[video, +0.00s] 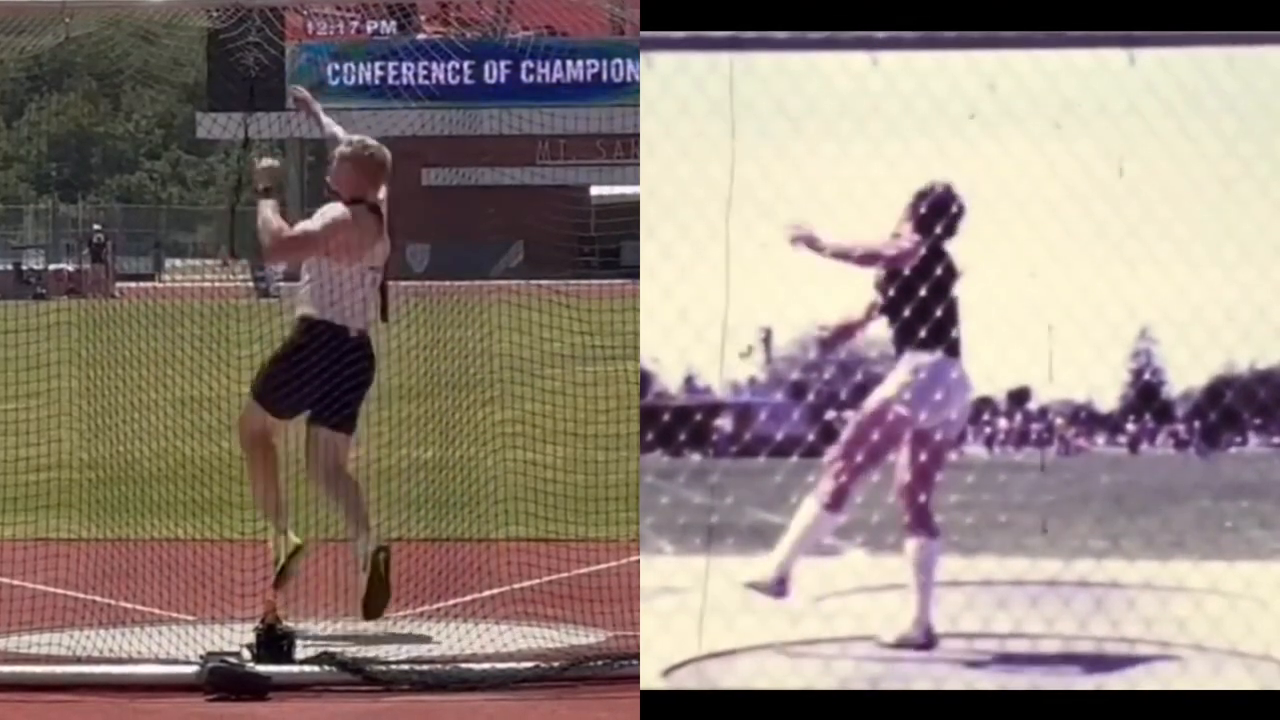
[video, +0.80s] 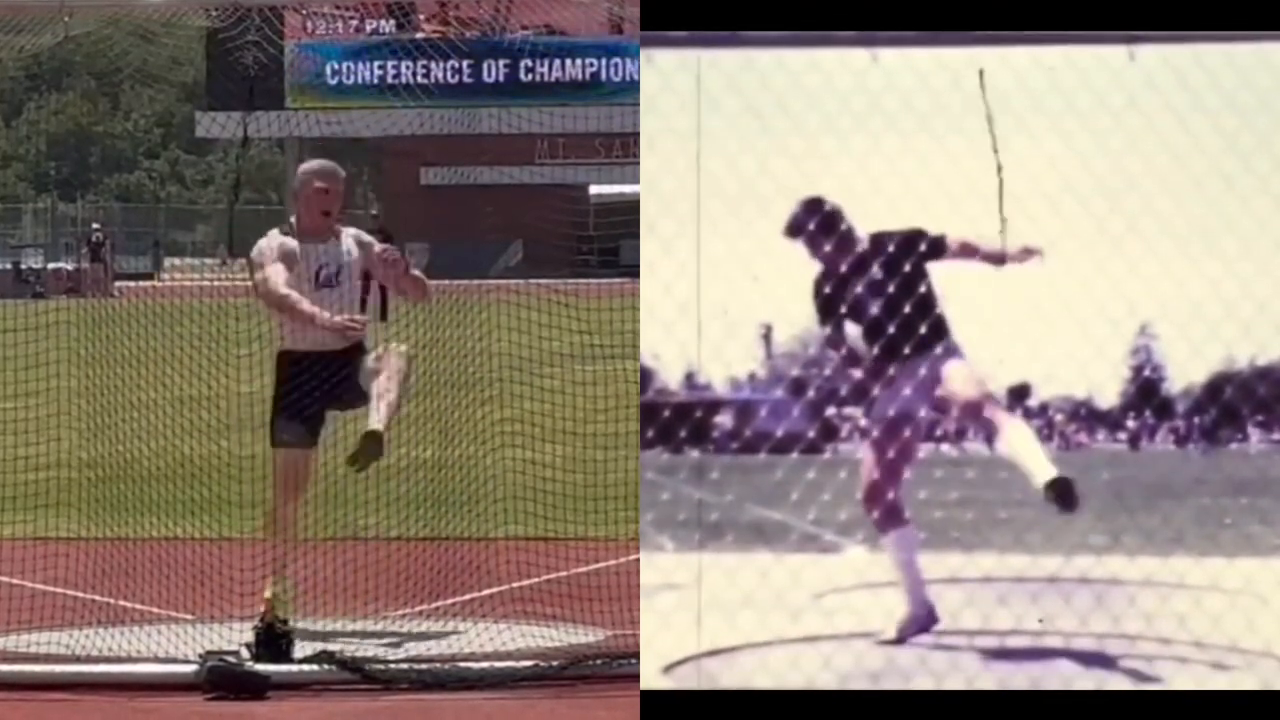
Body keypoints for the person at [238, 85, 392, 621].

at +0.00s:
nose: (331, 170)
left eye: (338, 164)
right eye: (334, 164)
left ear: (356, 176)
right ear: (373, 180)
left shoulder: (340, 218)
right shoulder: (375, 217)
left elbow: (276, 244)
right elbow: (352, 151)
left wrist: (266, 193)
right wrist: (316, 114)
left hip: (317, 340)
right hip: (356, 346)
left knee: (254, 430)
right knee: (328, 461)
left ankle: (281, 535)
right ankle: (368, 547)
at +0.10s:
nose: (334, 169)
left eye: (342, 162)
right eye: (336, 162)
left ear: (366, 170)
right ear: (358, 170)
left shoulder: (369, 213)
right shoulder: (339, 201)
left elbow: (310, 243)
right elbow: (279, 168)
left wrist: (290, 200)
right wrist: (209, 145)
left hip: (333, 337)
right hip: (354, 346)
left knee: (244, 411)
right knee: (314, 462)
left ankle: (272, 520)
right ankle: (370, 559)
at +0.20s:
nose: (330, 170)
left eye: (340, 163)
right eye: (331, 162)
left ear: (364, 173)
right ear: (335, 169)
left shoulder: (375, 211)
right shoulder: (319, 205)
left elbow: (342, 243)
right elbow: (242, 206)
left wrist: (311, 202)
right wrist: (178, 207)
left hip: (348, 339)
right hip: (338, 341)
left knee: (247, 395)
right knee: (305, 462)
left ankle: (266, 513)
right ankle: (359, 568)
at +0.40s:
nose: (321, 174)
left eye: (333, 167)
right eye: (321, 164)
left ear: (359, 177)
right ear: (318, 167)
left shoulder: (375, 214)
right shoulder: (296, 211)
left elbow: (387, 262)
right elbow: (238, 238)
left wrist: (336, 223)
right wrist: (197, 261)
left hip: (360, 337)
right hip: (323, 340)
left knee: (268, 381)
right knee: (302, 465)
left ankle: (273, 505)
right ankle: (337, 576)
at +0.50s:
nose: (322, 175)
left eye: (333, 170)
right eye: (318, 166)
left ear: (353, 180)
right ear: (307, 172)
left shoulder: (371, 220)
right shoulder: (284, 224)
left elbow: (409, 268)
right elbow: (246, 260)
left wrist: (358, 234)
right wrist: (243, 289)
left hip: (361, 337)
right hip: (308, 343)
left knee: (312, 365)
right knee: (306, 469)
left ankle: (285, 484)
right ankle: (307, 579)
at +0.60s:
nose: (323, 196)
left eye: (332, 189)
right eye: (316, 185)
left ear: (344, 192)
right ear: (301, 184)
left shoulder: (365, 232)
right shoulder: (275, 236)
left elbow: (421, 282)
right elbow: (258, 283)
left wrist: (383, 252)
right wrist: (283, 313)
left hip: (359, 346)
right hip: (305, 355)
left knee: (360, 358)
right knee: (291, 476)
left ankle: (319, 461)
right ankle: (283, 593)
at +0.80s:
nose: (331, 204)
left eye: (337, 196)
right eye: (321, 193)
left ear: (344, 201)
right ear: (297, 197)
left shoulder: (357, 242)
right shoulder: (274, 245)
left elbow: (420, 293)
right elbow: (278, 295)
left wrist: (400, 272)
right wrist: (324, 319)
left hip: (348, 366)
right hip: (299, 369)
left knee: (396, 356)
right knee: (288, 495)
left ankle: (373, 437)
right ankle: (276, 610)